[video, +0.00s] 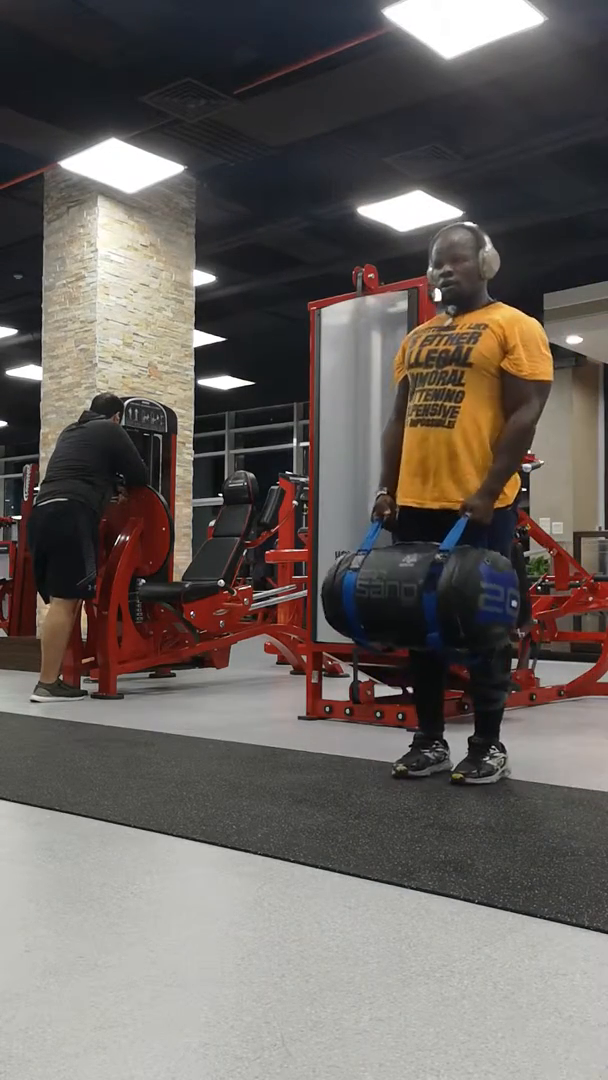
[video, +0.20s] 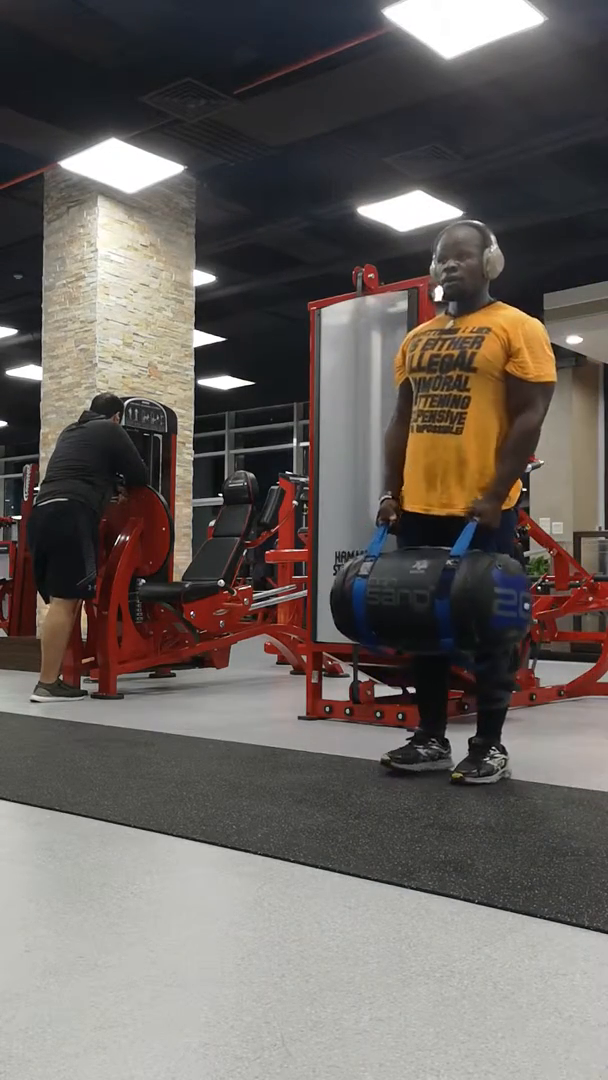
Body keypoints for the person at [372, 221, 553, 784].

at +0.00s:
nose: (441, 270)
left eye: (453, 260)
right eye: (436, 262)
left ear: (485, 264)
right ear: (432, 271)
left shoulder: (515, 326)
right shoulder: (416, 338)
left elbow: (525, 416)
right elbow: (398, 415)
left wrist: (488, 494)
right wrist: (387, 484)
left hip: (484, 505)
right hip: (417, 505)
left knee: (485, 620)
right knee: (419, 619)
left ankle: (486, 745)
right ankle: (429, 740)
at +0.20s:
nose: (443, 265)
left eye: (456, 256)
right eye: (438, 258)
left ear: (489, 263)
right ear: (432, 270)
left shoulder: (517, 327)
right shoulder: (416, 338)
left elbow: (530, 416)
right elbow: (401, 418)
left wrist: (495, 496)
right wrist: (391, 488)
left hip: (487, 509)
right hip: (419, 508)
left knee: (490, 623)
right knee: (423, 620)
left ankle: (488, 746)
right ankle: (430, 738)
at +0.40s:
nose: (427, 269)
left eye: (440, 260)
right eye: (423, 263)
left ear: (472, 266)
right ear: (417, 274)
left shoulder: (504, 330)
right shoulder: (403, 344)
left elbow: (522, 417)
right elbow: (391, 423)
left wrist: (498, 497)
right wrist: (385, 491)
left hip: (479, 512)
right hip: (412, 512)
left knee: (491, 622)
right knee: (405, 618)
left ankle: (488, 746)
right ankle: (401, 731)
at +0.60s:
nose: (400, 278)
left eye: (412, 268)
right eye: (394, 272)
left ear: (442, 275)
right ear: (388, 285)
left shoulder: (477, 334)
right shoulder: (377, 355)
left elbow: (499, 416)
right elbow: (367, 435)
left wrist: (476, 492)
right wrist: (365, 503)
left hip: (462, 512)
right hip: (393, 516)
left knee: (476, 619)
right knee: (387, 619)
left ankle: (485, 745)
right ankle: (388, 732)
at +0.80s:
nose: (384, 283)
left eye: (396, 273)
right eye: (380, 277)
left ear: (427, 280)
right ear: (377, 290)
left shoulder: (462, 337)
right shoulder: (363, 359)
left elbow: (481, 417)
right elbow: (354, 435)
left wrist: (459, 492)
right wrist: (350, 499)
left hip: (448, 511)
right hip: (379, 517)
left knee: (468, 620)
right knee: (379, 621)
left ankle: (485, 742)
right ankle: (388, 734)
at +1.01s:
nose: (387, 282)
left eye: (400, 273)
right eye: (383, 276)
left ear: (430, 282)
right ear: (378, 290)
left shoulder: (459, 338)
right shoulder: (365, 358)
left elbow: (477, 418)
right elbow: (354, 436)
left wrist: (452, 496)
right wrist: (349, 502)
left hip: (446, 513)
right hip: (377, 517)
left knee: (464, 620)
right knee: (377, 621)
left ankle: (485, 744)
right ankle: (387, 733)